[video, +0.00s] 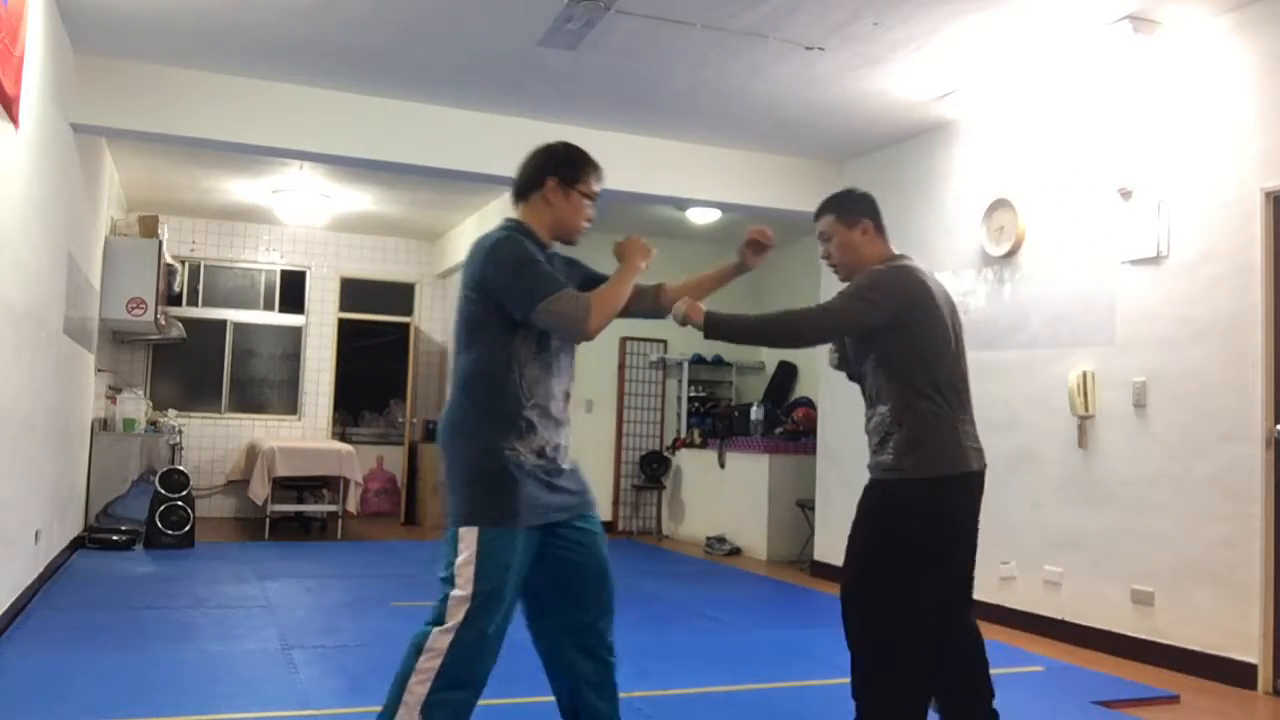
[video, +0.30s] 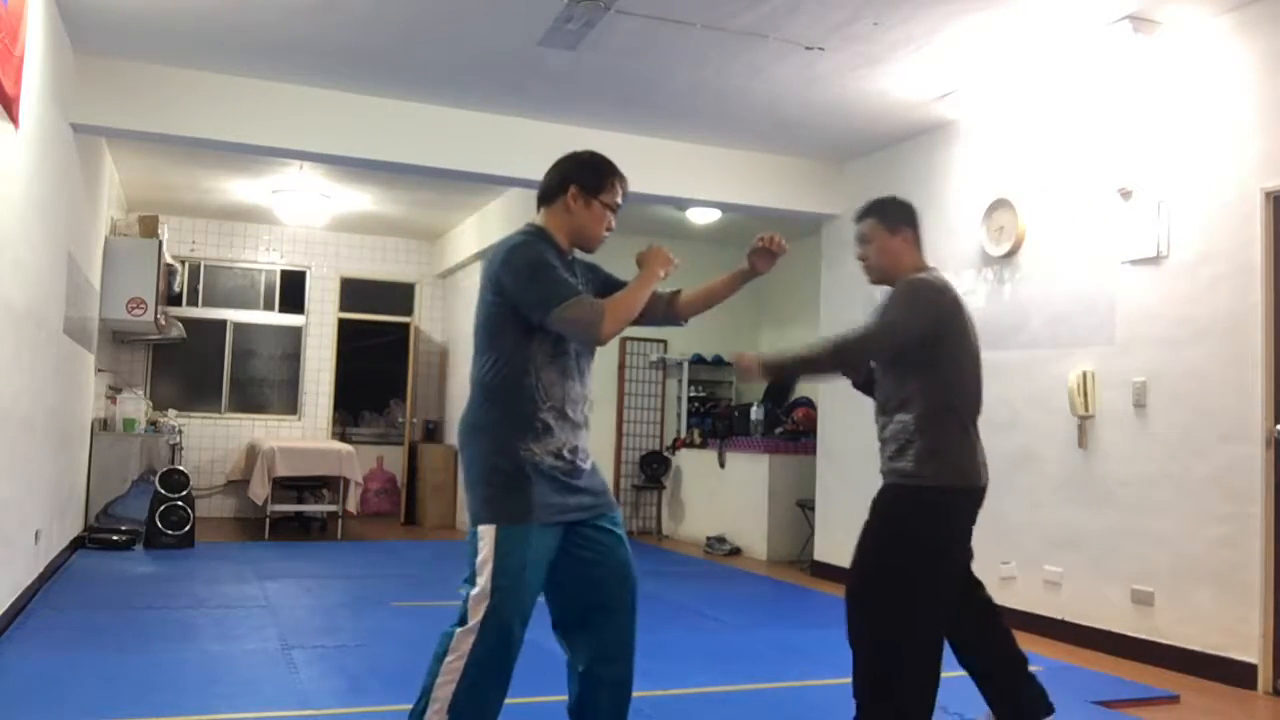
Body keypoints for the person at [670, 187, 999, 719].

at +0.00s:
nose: (823, 254)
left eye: (828, 239)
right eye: (819, 243)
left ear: (865, 229)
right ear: (868, 235)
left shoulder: (888, 280)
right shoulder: (922, 284)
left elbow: (808, 326)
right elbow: (899, 382)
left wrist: (709, 320)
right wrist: (847, 356)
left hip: (912, 476)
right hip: (953, 472)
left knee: (871, 608)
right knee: (944, 614)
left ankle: (888, 713)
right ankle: (972, 712)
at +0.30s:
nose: (860, 255)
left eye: (867, 242)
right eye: (858, 245)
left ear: (902, 238)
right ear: (903, 243)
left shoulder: (920, 294)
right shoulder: (931, 299)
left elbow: (853, 347)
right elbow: (904, 393)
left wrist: (775, 365)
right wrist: (855, 367)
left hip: (922, 482)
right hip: (945, 480)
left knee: (877, 603)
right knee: (953, 594)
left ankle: (887, 715)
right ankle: (1024, 706)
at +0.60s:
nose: (928, 252)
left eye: (936, 241)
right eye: (927, 244)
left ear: (973, 244)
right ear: (955, 249)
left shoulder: (996, 303)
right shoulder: (965, 307)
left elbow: (1022, 385)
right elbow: (975, 388)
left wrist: (953, 443)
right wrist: (929, 407)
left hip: (987, 480)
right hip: (969, 477)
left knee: (934, 591)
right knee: (990, 603)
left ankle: (918, 709)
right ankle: (1038, 712)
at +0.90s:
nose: (964, 239)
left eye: (974, 230)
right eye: (963, 232)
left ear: (1011, 236)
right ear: (974, 243)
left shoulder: (1035, 300)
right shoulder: (968, 314)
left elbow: (1029, 371)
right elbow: (959, 389)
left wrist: (937, 362)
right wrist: (922, 372)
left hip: (1014, 474)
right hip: (970, 474)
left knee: (964, 585)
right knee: (1006, 590)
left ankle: (970, 704)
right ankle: (1041, 706)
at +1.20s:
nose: (952, 238)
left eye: (964, 228)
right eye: (953, 230)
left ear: (1001, 234)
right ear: (979, 239)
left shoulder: (1025, 297)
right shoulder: (971, 309)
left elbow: (1029, 375)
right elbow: (981, 383)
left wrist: (944, 381)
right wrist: (939, 385)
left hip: (1002, 478)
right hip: (968, 476)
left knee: (964, 600)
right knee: (1003, 597)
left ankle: (975, 709)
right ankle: (1042, 708)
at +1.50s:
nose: (930, 264)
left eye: (936, 250)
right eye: (926, 255)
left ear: (971, 242)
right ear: (960, 251)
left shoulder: (1010, 299)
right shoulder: (961, 318)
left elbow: (970, 351)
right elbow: (932, 391)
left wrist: (897, 322)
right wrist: (897, 346)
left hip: (993, 480)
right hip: (957, 480)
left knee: (931, 580)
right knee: (979, 594)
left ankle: (954, 708)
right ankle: (1022, 711)